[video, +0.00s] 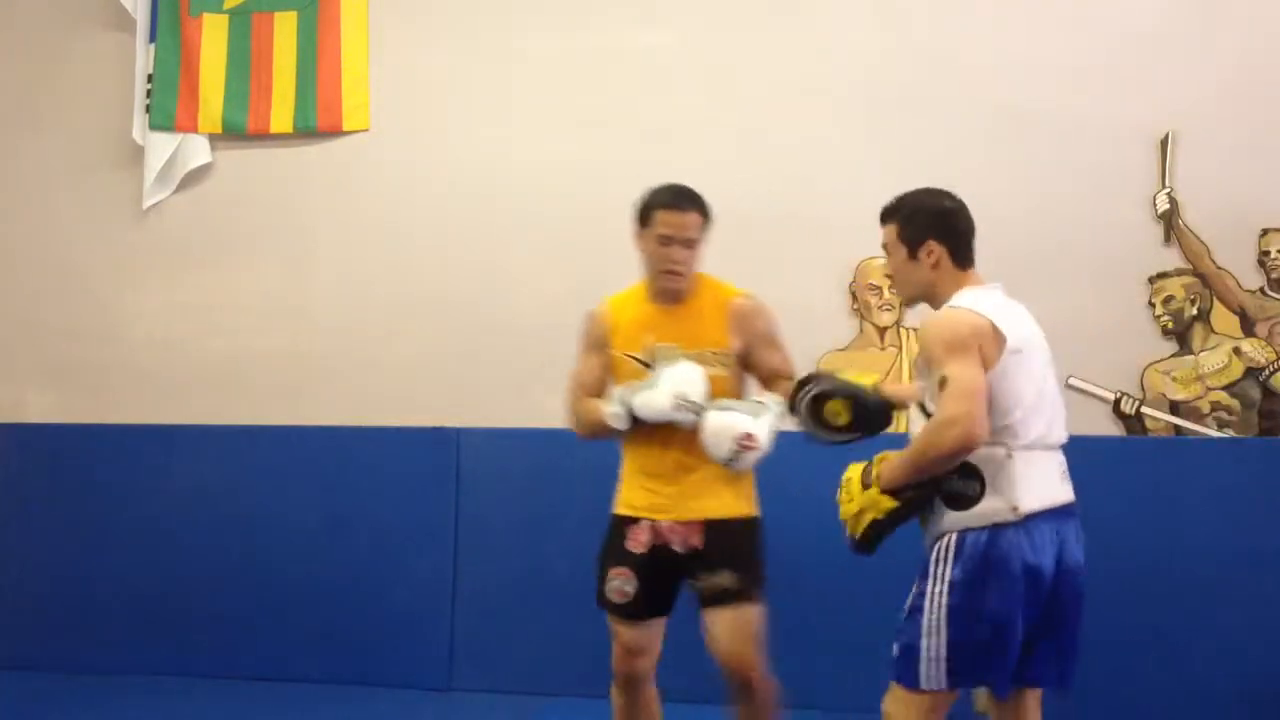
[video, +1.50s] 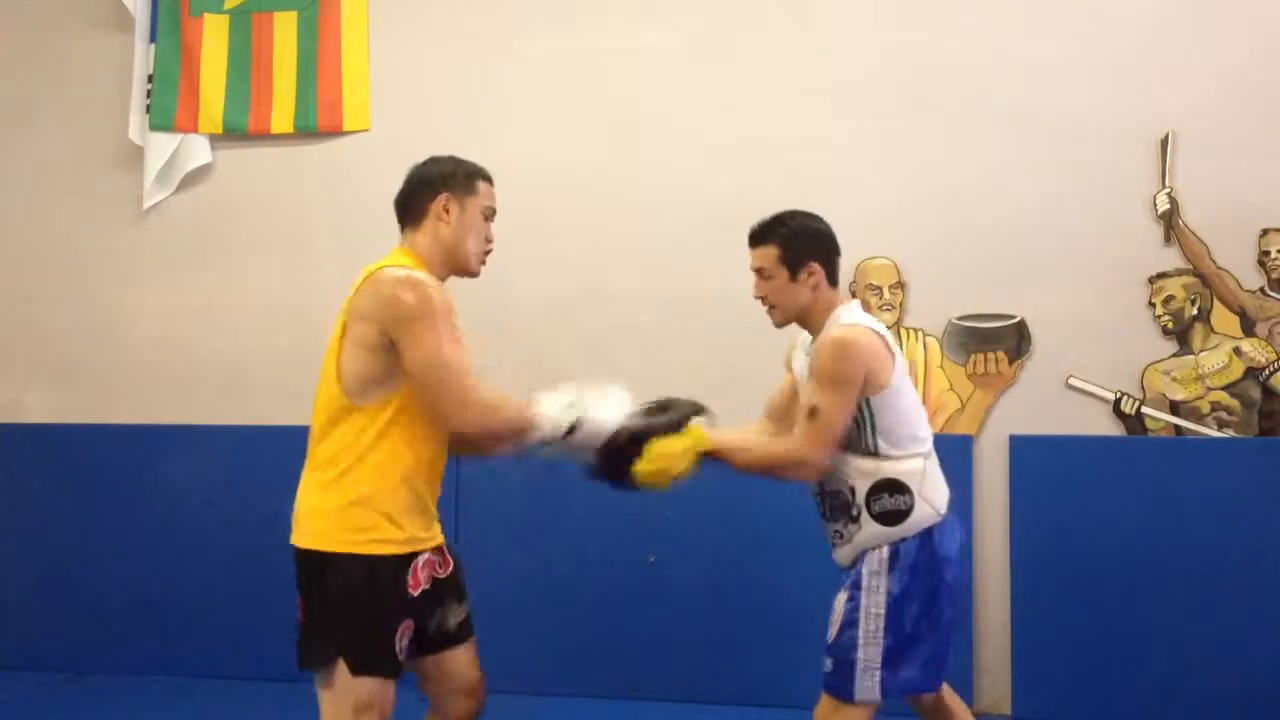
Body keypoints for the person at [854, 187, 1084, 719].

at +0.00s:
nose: (887, 270)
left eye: (891, 256)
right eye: (886, 257)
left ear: (931, 256)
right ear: (941, 253)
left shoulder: (950, 323)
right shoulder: (1010, 312)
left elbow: (963, 427)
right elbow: (991, 388)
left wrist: (880, 477)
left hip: (986, 543)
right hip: (1054, 531)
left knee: (911, 705)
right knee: (1016, 701)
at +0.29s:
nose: (854, 288)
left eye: (863, 273)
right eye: (856, 274)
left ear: (908, 277)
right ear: (906, 279)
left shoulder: (927, 352)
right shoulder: (967, 334)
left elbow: (936, 472)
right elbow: (955, 452)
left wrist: (837, 476)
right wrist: (865, 471)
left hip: (973, 558)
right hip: (1021, 544)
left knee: (921, 708)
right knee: (990, 703)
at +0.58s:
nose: (867, 287)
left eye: (876, 273)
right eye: (867, 273)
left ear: (921, 279)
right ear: (921, 281)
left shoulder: (948, 352)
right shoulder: (944, 342)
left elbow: (941, 473)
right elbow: (938, 450)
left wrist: (852, 451)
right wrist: (874, 438)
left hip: (981, 551)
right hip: (1004, 545)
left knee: (893, 707)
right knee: (985, 702)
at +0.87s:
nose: (850, 286)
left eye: (860, 271)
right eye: (850, 271)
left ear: (907, 275)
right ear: (905, 277)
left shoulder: (931, 344)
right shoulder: (918, 337)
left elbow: (917, 460)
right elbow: (889, 433)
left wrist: (823, 455)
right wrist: (810, 443)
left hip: (954, 543)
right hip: (980, 539)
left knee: (887, 709)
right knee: (987, 702)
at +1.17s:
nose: (780, 301)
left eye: (791, 287)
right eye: (780, 287)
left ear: (837, 292)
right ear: (834, 295)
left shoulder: (865, 363)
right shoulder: (835, 356)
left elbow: (864, 486)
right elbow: (822, 457)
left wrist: (769, 503)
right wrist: (758, 487)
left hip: (920, 551)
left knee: (844, 708)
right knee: (929, 691)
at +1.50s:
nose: (756, 291)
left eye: (765, 275)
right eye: (755, 276)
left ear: (812, 277)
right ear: (809, 279)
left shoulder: (845, 343)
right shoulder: (809, 347)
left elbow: (808, 459)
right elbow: (773, 433)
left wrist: (708, 446)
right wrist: (698, 439)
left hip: (896, 543)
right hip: (897, 539)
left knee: (842, 708)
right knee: (925, 688)